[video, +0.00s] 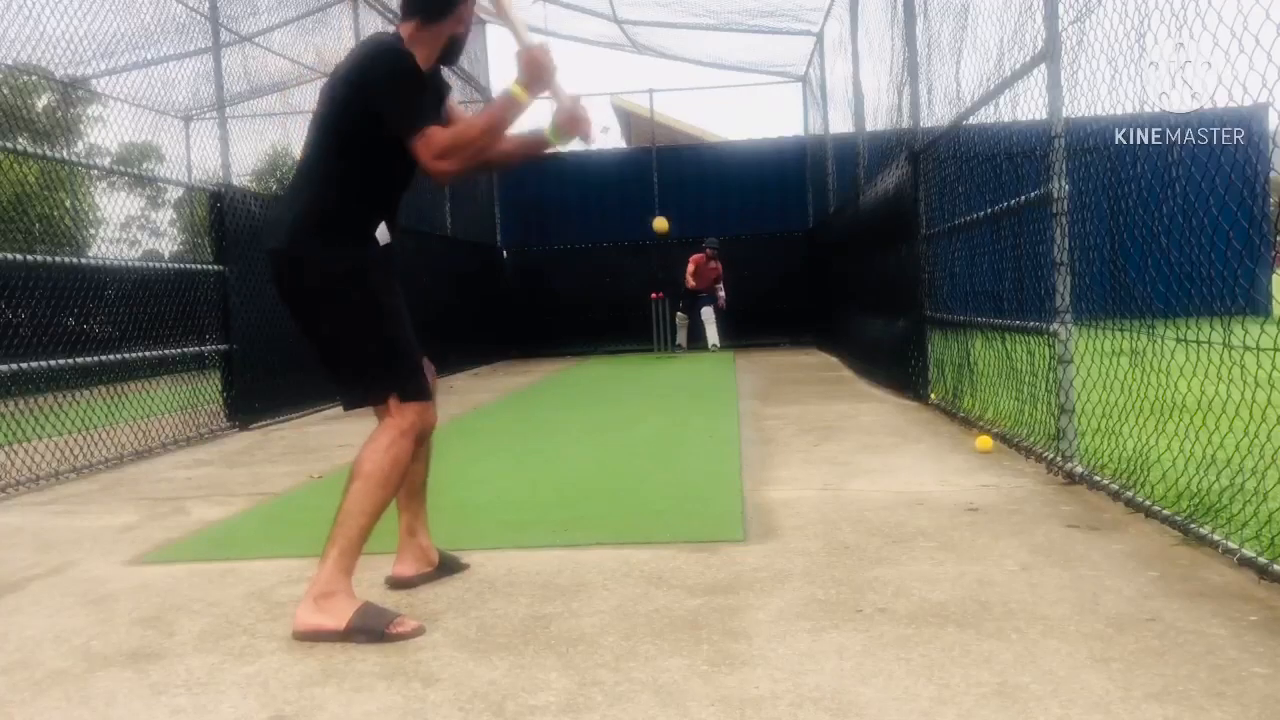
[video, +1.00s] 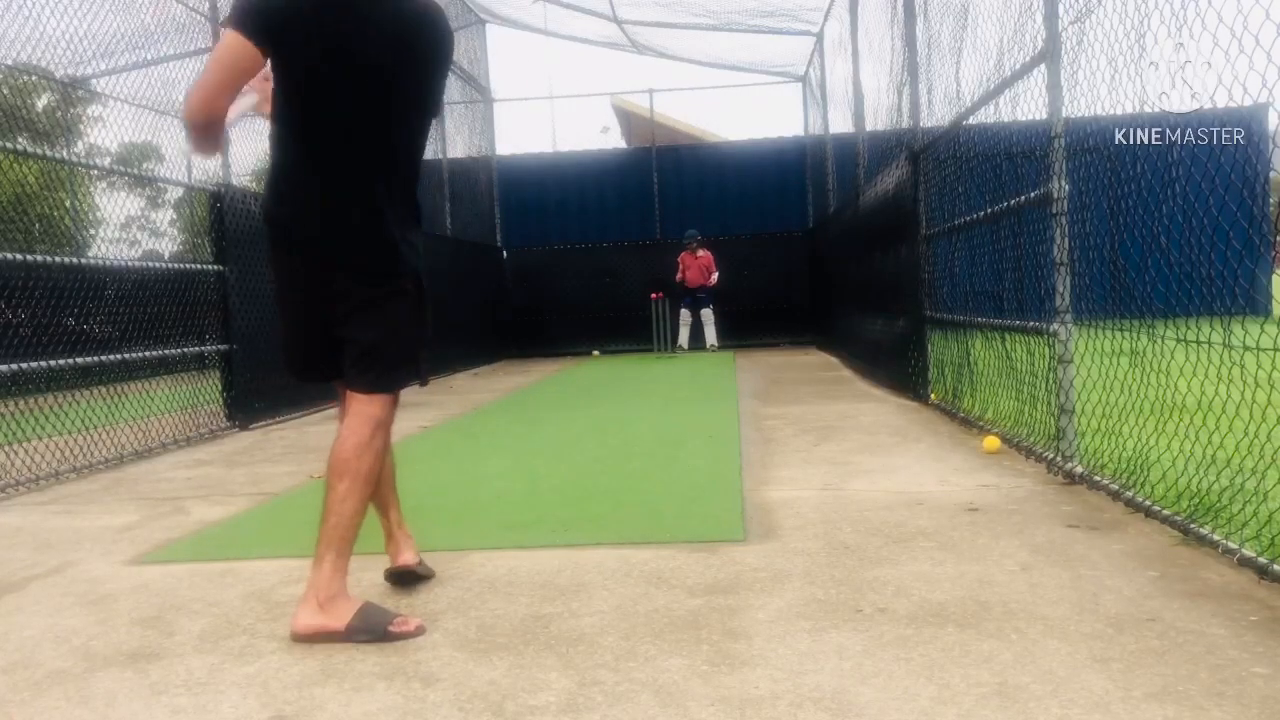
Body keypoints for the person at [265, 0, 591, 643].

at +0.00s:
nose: (470, 28)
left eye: (470, 19)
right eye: (470, 16)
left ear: (412, 15)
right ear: (459, 18)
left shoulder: (414, 75)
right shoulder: (387, 61)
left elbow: (462, 153)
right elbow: (440, 153)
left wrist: (551, 136)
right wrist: (522, 89)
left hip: (347, 250)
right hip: (322, 255)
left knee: (417, 385)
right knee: (407, 412)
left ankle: (416, 551)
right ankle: (326, 596)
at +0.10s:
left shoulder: (331, 7)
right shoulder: (419, 19)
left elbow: (370, 85)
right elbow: (466, 129)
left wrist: (458, 77)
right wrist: (499, 90)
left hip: (303, 209)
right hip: (362, 219)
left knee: (388, 391)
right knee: (391, 400)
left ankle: (412, 542)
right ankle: (327, 595)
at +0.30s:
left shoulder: (349, 17)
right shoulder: (445, 17)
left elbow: (325, 52)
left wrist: (233, 26)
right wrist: (242, 29)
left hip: (318, 203)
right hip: (399, 208)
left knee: (371, 378)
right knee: (365, 391)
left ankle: (391, 535)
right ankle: (324, 597)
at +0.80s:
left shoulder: (329, 16)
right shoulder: (419, 13)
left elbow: (259, 4)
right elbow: (266, 7)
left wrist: (325, 50)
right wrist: (318, 45)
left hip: (300, 202)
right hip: (367, 207)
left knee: (350, 382)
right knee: (358, 396)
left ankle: (393, 533)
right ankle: (324, 595)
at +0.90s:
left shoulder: (330, 10)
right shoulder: (426, 16)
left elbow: (206, 41)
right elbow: (326, 74)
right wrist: (245, 34)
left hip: (304, 211)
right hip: (376, 218)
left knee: (356, 386)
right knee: (363, 398)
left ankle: (396, 535)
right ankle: (325, 596)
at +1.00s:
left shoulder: (287, 3)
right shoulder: (432, 21)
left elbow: (201, 106)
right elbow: (389, 117)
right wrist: (284, 99)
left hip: (299, 216)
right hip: (384, 219)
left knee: (364, 387)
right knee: (368, 399)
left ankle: (400, 540)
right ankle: (325, 598)